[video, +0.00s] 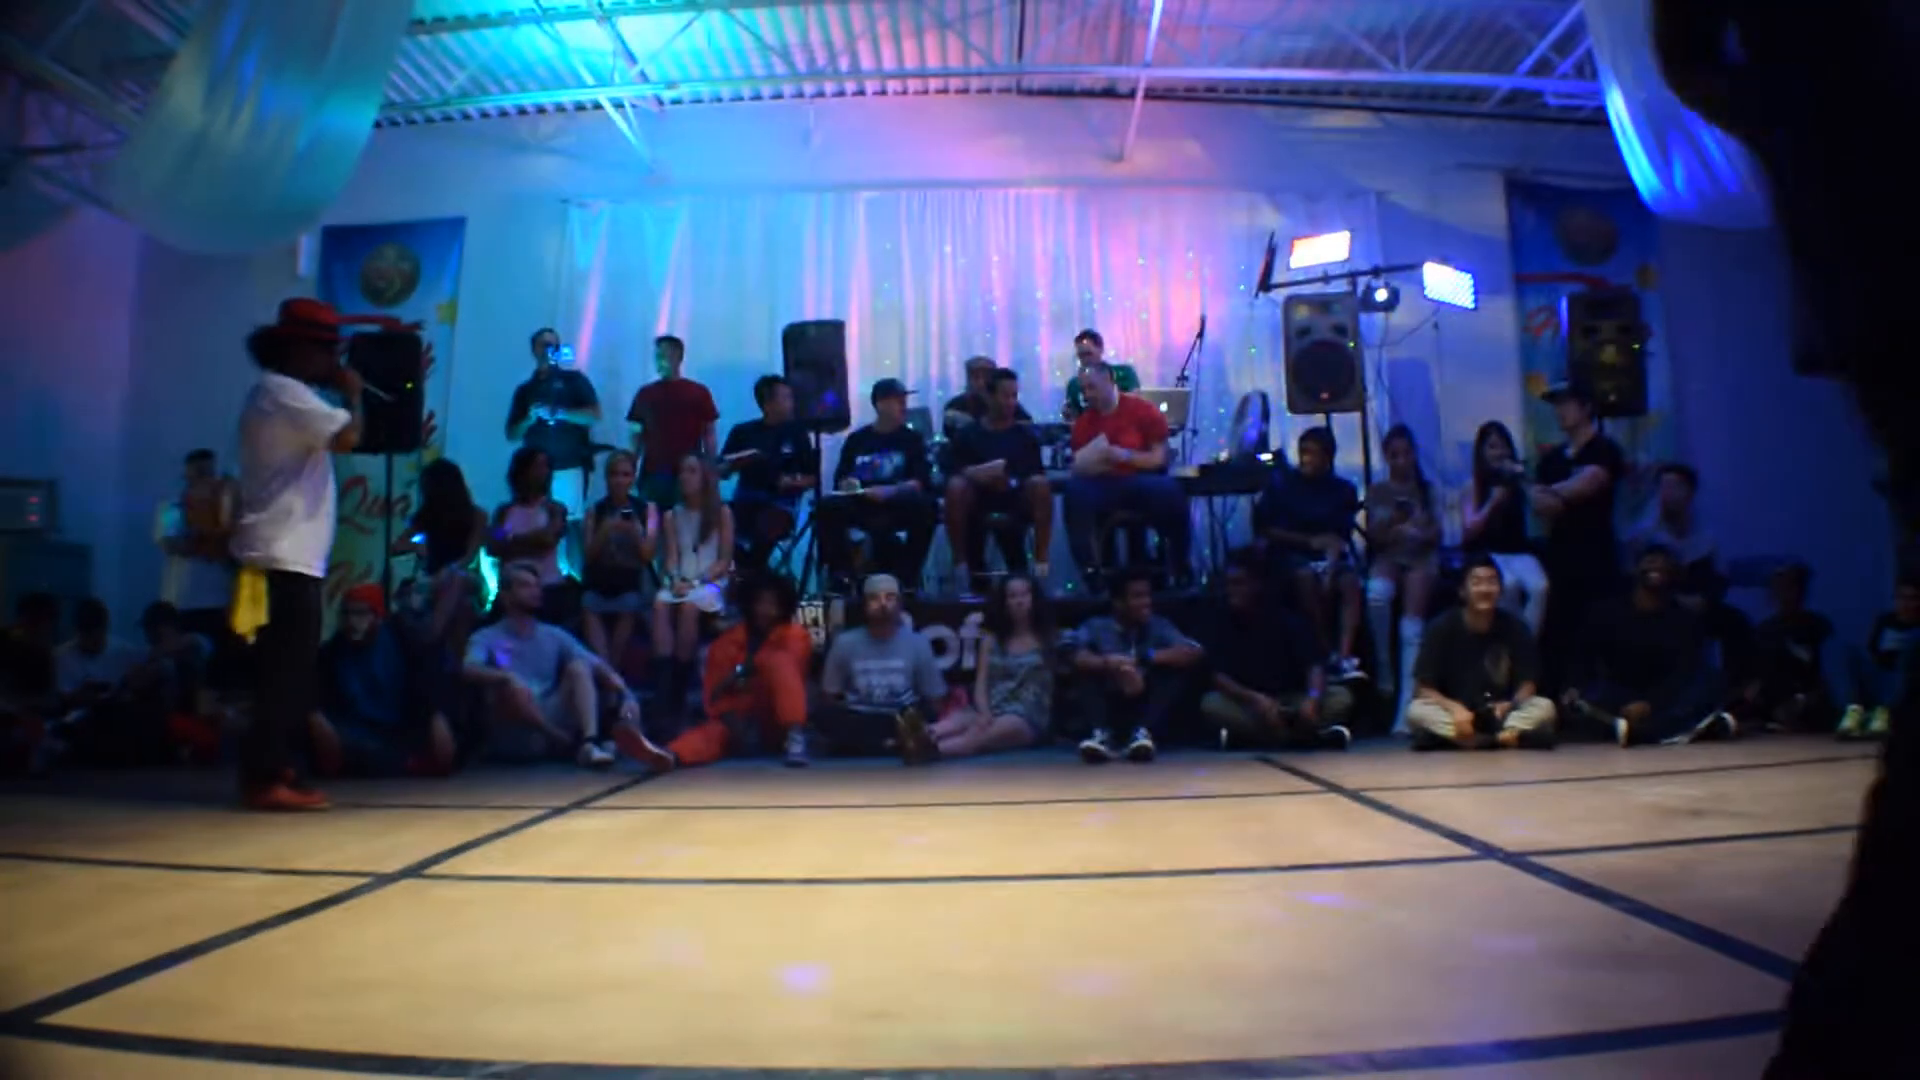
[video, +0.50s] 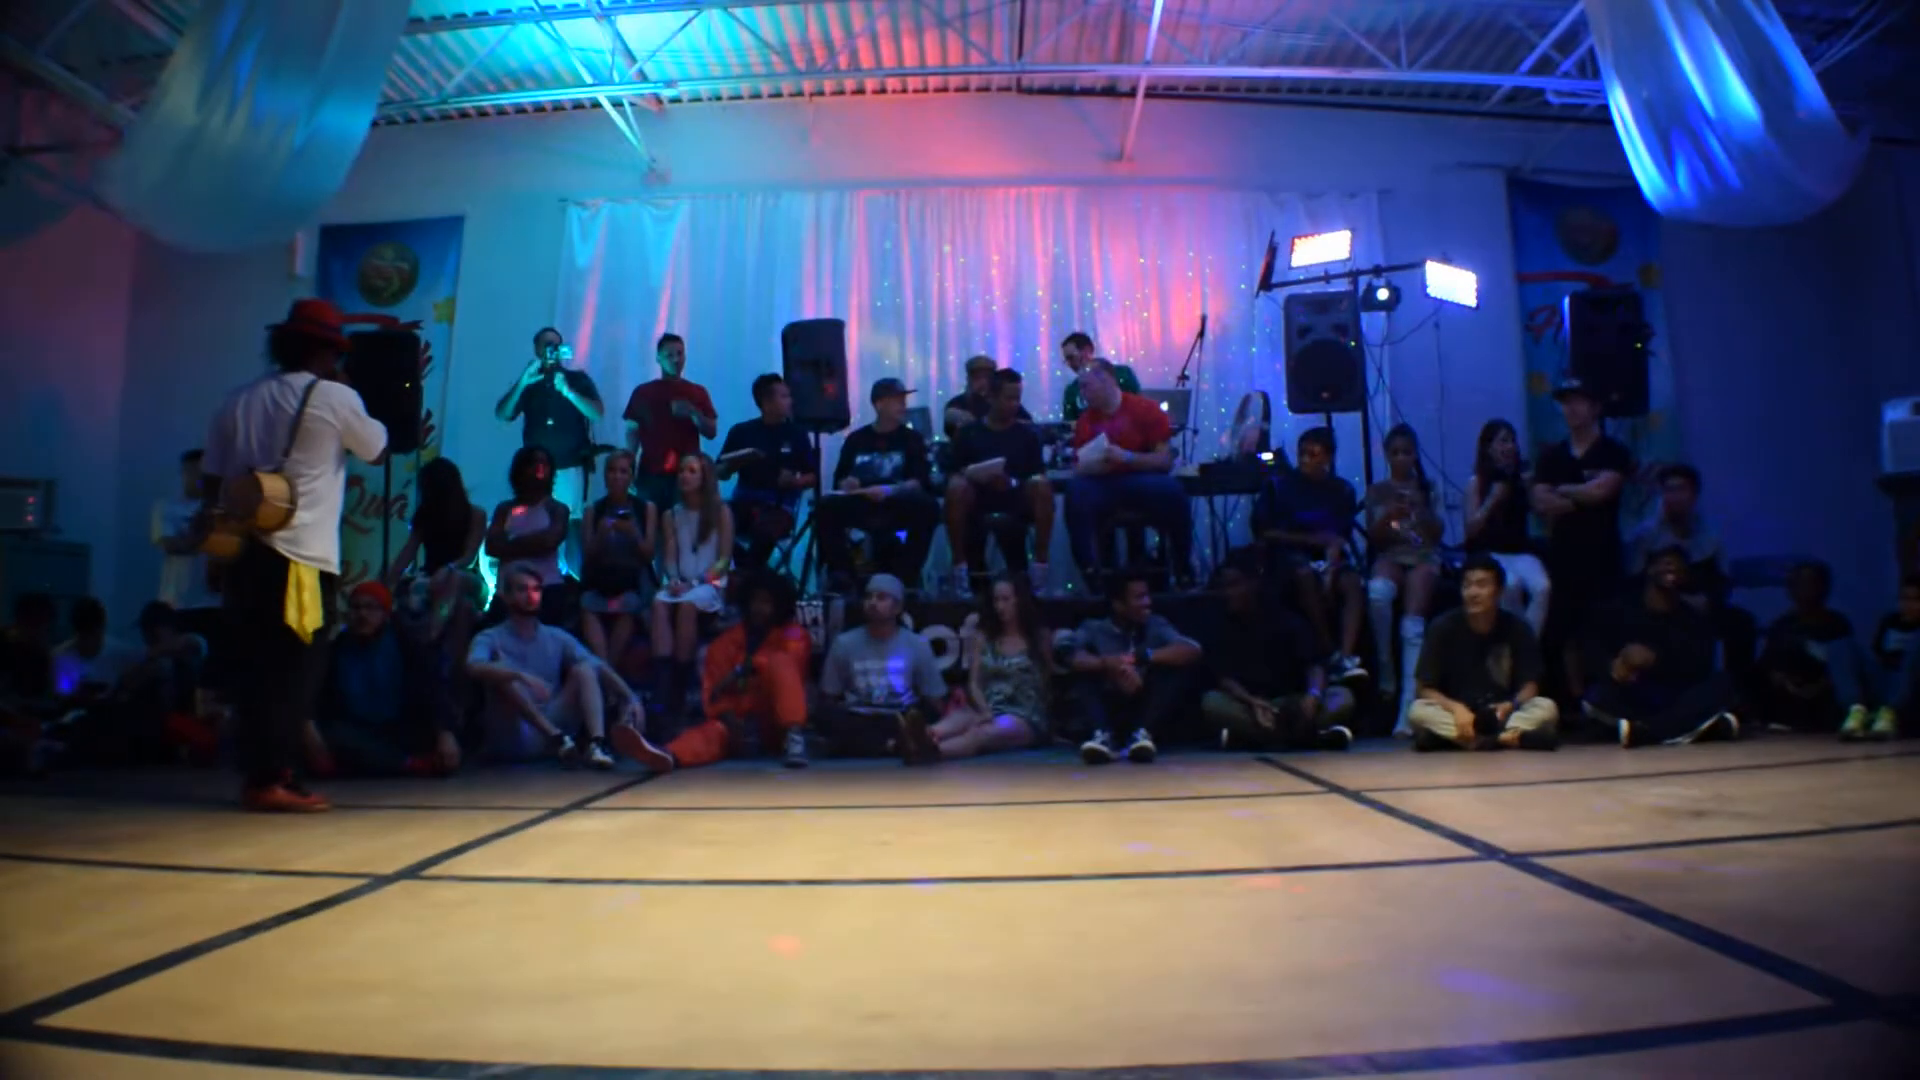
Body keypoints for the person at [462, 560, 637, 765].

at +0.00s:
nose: (536, 591)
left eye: (537, 585)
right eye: (527, 586)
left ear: (540, 590)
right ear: (507, 595)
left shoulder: (552, 635)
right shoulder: (486, 638)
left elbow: (595, 664)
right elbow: (470, 669)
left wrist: (626, 695)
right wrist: (508, 679)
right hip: (510, 728)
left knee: (579, 668)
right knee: (510, 687)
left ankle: (590, 742)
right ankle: (564, 741)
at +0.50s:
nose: (531, 596)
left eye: (536, 589)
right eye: (522, 590)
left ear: (541, 594)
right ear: (506, 597)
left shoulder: (556, 637)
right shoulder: (489, 639)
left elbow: (596, 665)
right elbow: (475, 667)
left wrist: (631, 700)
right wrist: (523, 678)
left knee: (584, 670)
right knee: (509, 683)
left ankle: (596, 742)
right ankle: (557, 738)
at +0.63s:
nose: (531, 595)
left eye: (536, 589)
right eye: (523, 589)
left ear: (541, 594)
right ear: (507, 596)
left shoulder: (555, 635)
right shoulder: (489, 639)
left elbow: (597, 661)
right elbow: (479, 668)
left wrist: (631, 692)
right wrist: (537, 675)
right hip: (513, 735)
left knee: (582, 668)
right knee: (510, 677)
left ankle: (595, 741)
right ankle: (563, 741)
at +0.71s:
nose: (532, 595)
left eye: (536, 589)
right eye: (523, 589)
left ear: (542, 594)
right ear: (507, 596)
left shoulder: (555, 635)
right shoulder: (490, 639)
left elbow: (601, 660)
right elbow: (483, 668)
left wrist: (629, 689)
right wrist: (554, 676)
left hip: (557, 731)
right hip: (513, 736)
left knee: (582, 667)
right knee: (517, 683)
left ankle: (593, 740)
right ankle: (566, 746)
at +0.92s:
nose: (538, 599)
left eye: (543, 592)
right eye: (530, 593)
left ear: (549, 596)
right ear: (515, 598)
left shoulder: (559, 634)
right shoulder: (497, 638)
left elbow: (605, 660)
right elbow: (508, 670)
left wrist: (609, 689)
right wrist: (571, 679)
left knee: (585, 668)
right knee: (521, 682)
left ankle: (594, 742)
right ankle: (568, 746)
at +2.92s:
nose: (548, 601)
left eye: (550, 595)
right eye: (539, 594)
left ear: (553, 597)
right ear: (519, 598)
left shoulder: (557, 635)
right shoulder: (497, 639)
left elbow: (605, 660)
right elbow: (506, 674)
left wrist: (589, 684)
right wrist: (567, 684)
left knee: (594, 671)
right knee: (519, 683)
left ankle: (598, 742)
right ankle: (567, 747)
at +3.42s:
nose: (549, 599)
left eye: (551, 593)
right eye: (541, 592)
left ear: (554, 596)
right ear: (520, 599)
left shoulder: (558, 635)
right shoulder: (497, 639)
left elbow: (606, 661)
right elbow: (505, 674)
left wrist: (589, 683)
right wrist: (565, 684)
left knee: (592, 673)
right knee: (520, 682)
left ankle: (597, 742)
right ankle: (568, 745)